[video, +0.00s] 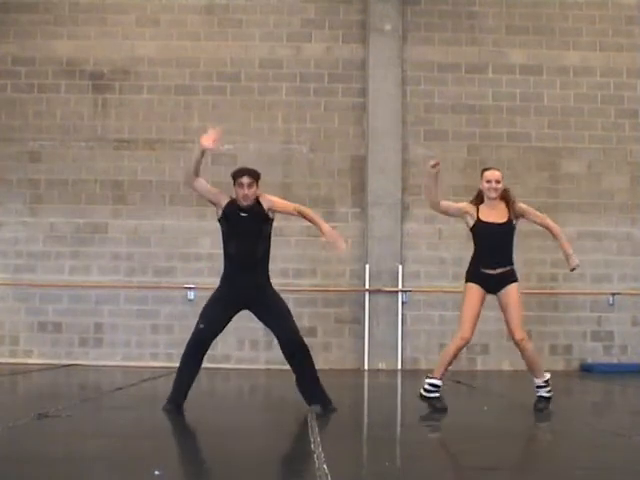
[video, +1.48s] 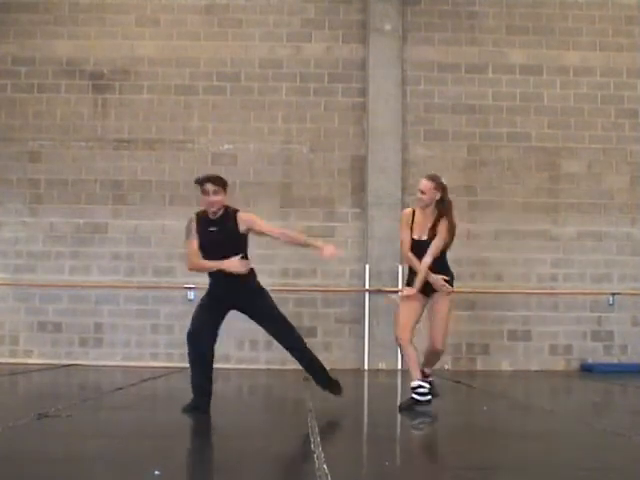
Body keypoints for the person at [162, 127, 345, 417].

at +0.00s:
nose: (246, 191)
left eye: (250, 187)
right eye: (241, 186)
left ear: (257, 188)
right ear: (234, 188)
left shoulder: (267, 204)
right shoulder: (224, 204)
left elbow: (301, 211)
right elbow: (193, 180)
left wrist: (326, 229)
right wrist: (201, 152)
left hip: (261, 292)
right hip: (229, 292)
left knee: (292, 341)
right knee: (199, 340)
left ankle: (317, 398)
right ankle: (176, 399)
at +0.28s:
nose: (231, 200)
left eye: (236, 195)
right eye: (227, 195)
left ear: (245, 198)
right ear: (221, 200)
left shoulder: (260, 223)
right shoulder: (215, 228)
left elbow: (292, 246)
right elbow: (176, 232)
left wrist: (313, 273)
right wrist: (186, 203)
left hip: (261, 302)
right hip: (229, 304)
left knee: (295, 348)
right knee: (199, 347)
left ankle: (316, 398)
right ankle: (178, 399)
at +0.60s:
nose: (262, 200)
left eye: (267, 195)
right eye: (257, 196)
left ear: (274, 199)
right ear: (251, 199)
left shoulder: (281, 223)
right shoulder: (236, 222)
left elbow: (316, 223)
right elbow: (198, 223)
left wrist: (304, 199)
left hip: (272, 302)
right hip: (239, 302)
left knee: (305, 348)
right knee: (206, 346)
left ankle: (327, 402)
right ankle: (179, 398)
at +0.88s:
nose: (280, 201)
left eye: (284, 198)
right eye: (277, 198)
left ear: (296, 201)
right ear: (274, 201)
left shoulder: (295, 230)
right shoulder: (266, 231)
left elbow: (283, 207)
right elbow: (225, 233)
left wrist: (298, 185)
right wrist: (193, 219)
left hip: (277, 303)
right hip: (251, 300)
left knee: (300, 357)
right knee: (220, 347)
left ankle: (330, 404)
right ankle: (183, 396)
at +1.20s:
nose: (292, 213)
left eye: (297, 208)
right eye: (288, 208)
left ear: (306, 212)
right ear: (284, 211)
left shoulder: (302, 236)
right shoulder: (279, 237)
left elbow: (265, 224)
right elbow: (246, 251)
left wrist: (240, 204)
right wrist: (244, 225)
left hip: (278, 309)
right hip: (254, 305)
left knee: (295, 363)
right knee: (214, 348)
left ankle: (329, 405)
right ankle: (182, 399)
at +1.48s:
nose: (211, 198)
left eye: (215, 193)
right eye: (206, 193)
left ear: (225, 194)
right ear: (200, 197)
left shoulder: (241, 219)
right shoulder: (196, 223)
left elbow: (280, 234)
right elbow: (193, 263)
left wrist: (317, 245)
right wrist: (225, 265)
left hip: (247, 290)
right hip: (218, 292)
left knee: (286, 334)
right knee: (198, 337)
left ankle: (322, 377)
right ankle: (201, 399)